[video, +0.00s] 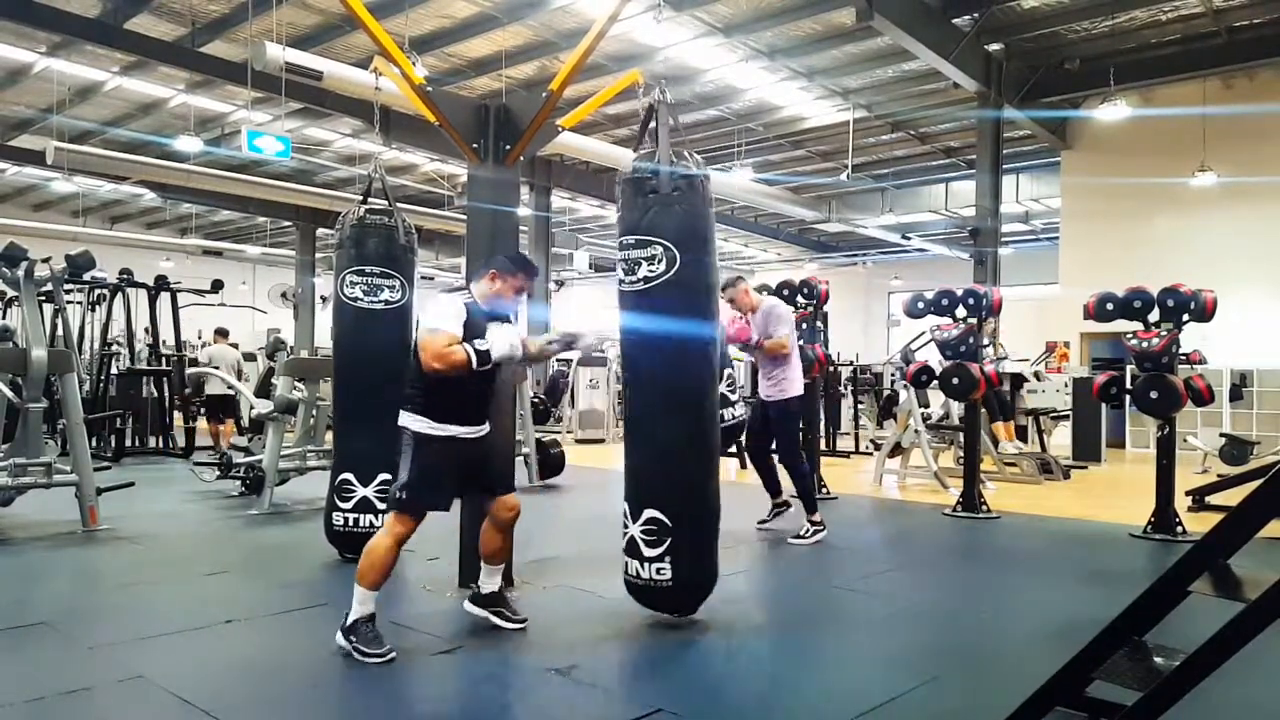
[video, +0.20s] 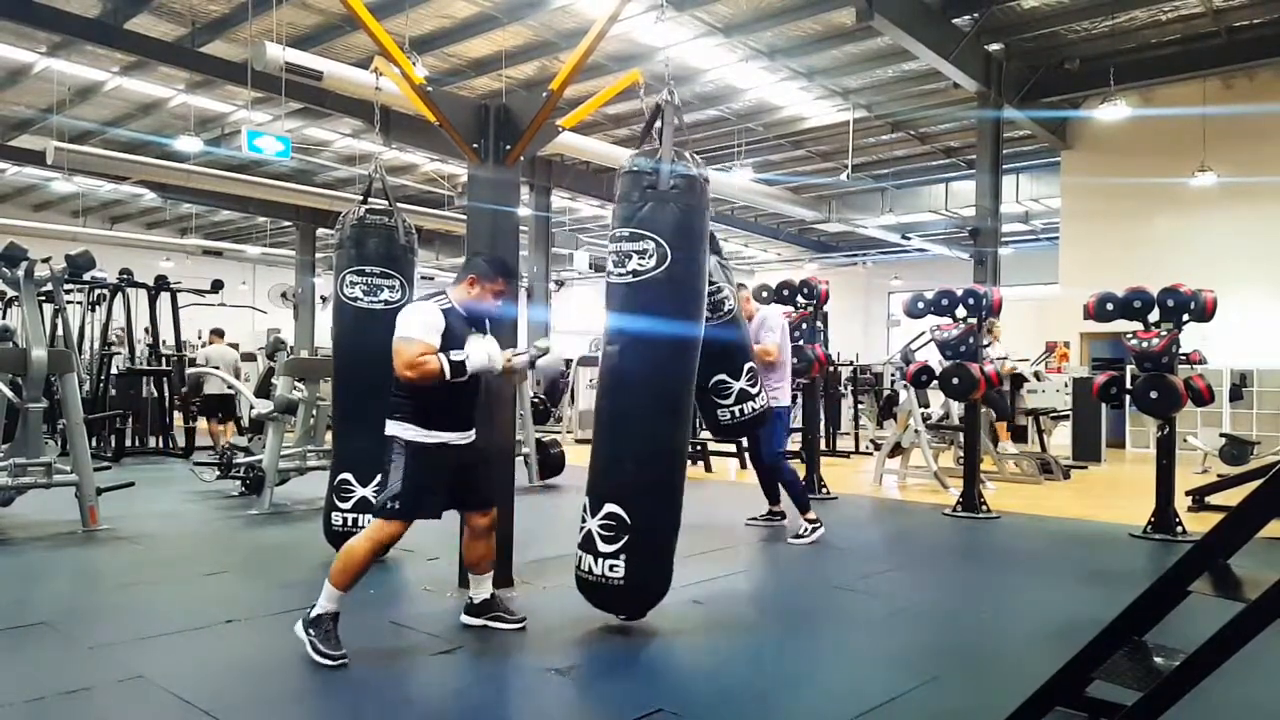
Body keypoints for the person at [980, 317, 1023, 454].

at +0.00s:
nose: (992, 328)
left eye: (993, 324)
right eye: (989, 324)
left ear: (994, 326)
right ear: (983, 326)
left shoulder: (989, 341)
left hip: (989, 382)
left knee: (1005, 403)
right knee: (993, 407)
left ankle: (1012, 440)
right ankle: (1003, 442)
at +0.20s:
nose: (999, 332)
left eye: (1000, 329)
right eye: (997, 330)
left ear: (998, 331)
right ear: (991, 331)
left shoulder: (998, 346)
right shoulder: (983, 347)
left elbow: (1004, 362)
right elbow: (985, 368)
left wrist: (1009, 368)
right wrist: (1001, 370)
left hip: (996, 386)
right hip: (982, 387)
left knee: (1007, 409)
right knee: (1000, 408)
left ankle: (1007, 441)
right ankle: (1002, 441)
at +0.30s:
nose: (1004, 339)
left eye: (1003, 337)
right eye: (1001, 337)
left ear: (1002, 339)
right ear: (994, 338)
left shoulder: (1004, 354)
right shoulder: (986, 353)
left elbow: (1008, 377)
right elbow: (983, 371)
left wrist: (1012, 374)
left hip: (1002, 390)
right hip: (988, 391)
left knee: (1006, 413)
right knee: (1005, 408)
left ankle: (1005, 441)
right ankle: (1004, 441)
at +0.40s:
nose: (1007, 348)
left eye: (1007, 345)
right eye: (1004, 345)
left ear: (1007, 348)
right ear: (997, 347)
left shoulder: (1009, 364)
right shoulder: (988, 362)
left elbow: (1011, 389)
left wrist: (1016, 385)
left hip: (1002, 399)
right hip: (986, 398)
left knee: (998, 432)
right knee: (1011, 410)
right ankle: (1005, 441)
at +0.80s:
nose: (1011, 345)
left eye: (1012, 342)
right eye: (1007, 342)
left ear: (1013, 345)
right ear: (1000, 344)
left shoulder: (1013, 362)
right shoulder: (992, 359)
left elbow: (1015, 382)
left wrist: (1018, 387)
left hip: (1008, 398)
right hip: (993, 397)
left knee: (1001, 433)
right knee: (1010, 427)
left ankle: (998, 462)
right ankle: (1008, 459)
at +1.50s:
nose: (1014, 343)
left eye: (1016, 340)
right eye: (1011, 340)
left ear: (1020, 343)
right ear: (1005, 343)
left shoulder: (1026, 361)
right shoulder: (998, 359)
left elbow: (1032, 382)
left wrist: (1026, 386)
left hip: (1019, 400)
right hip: (1001, 400)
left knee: (1020, 437)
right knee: (1003, 436)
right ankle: (1005, 467)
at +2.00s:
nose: (1024, 343)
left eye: (1027, 341)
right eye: (1021, 341)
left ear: (1031, 344)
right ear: (1016, 343)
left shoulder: (1035, 362)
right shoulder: (1010, 359)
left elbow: (1041, 381)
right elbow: (1000, 373)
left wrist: (1036, 387)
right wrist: (1005, 365)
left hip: (1030, 401)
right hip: (1013, 400)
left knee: (1032, 437)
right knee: (1012, 436)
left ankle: (1028, 468)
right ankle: (1006, 468)